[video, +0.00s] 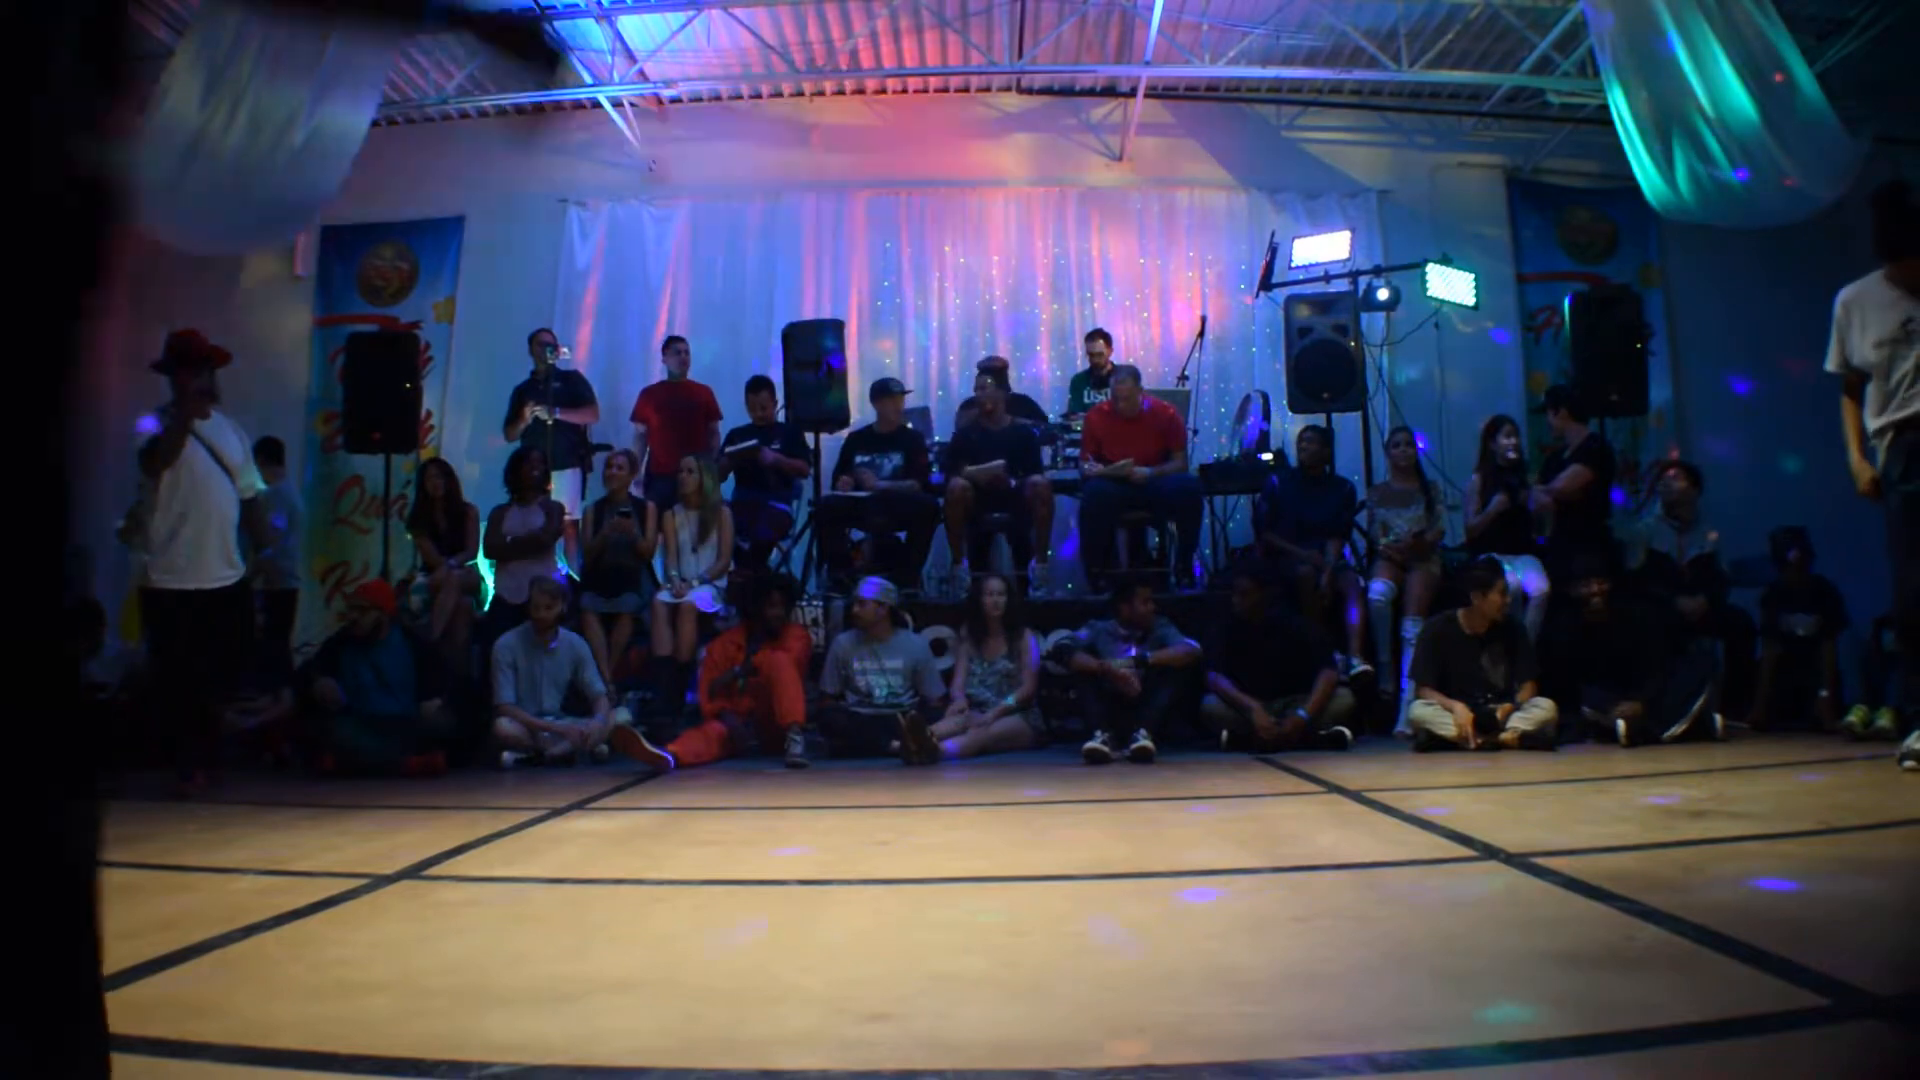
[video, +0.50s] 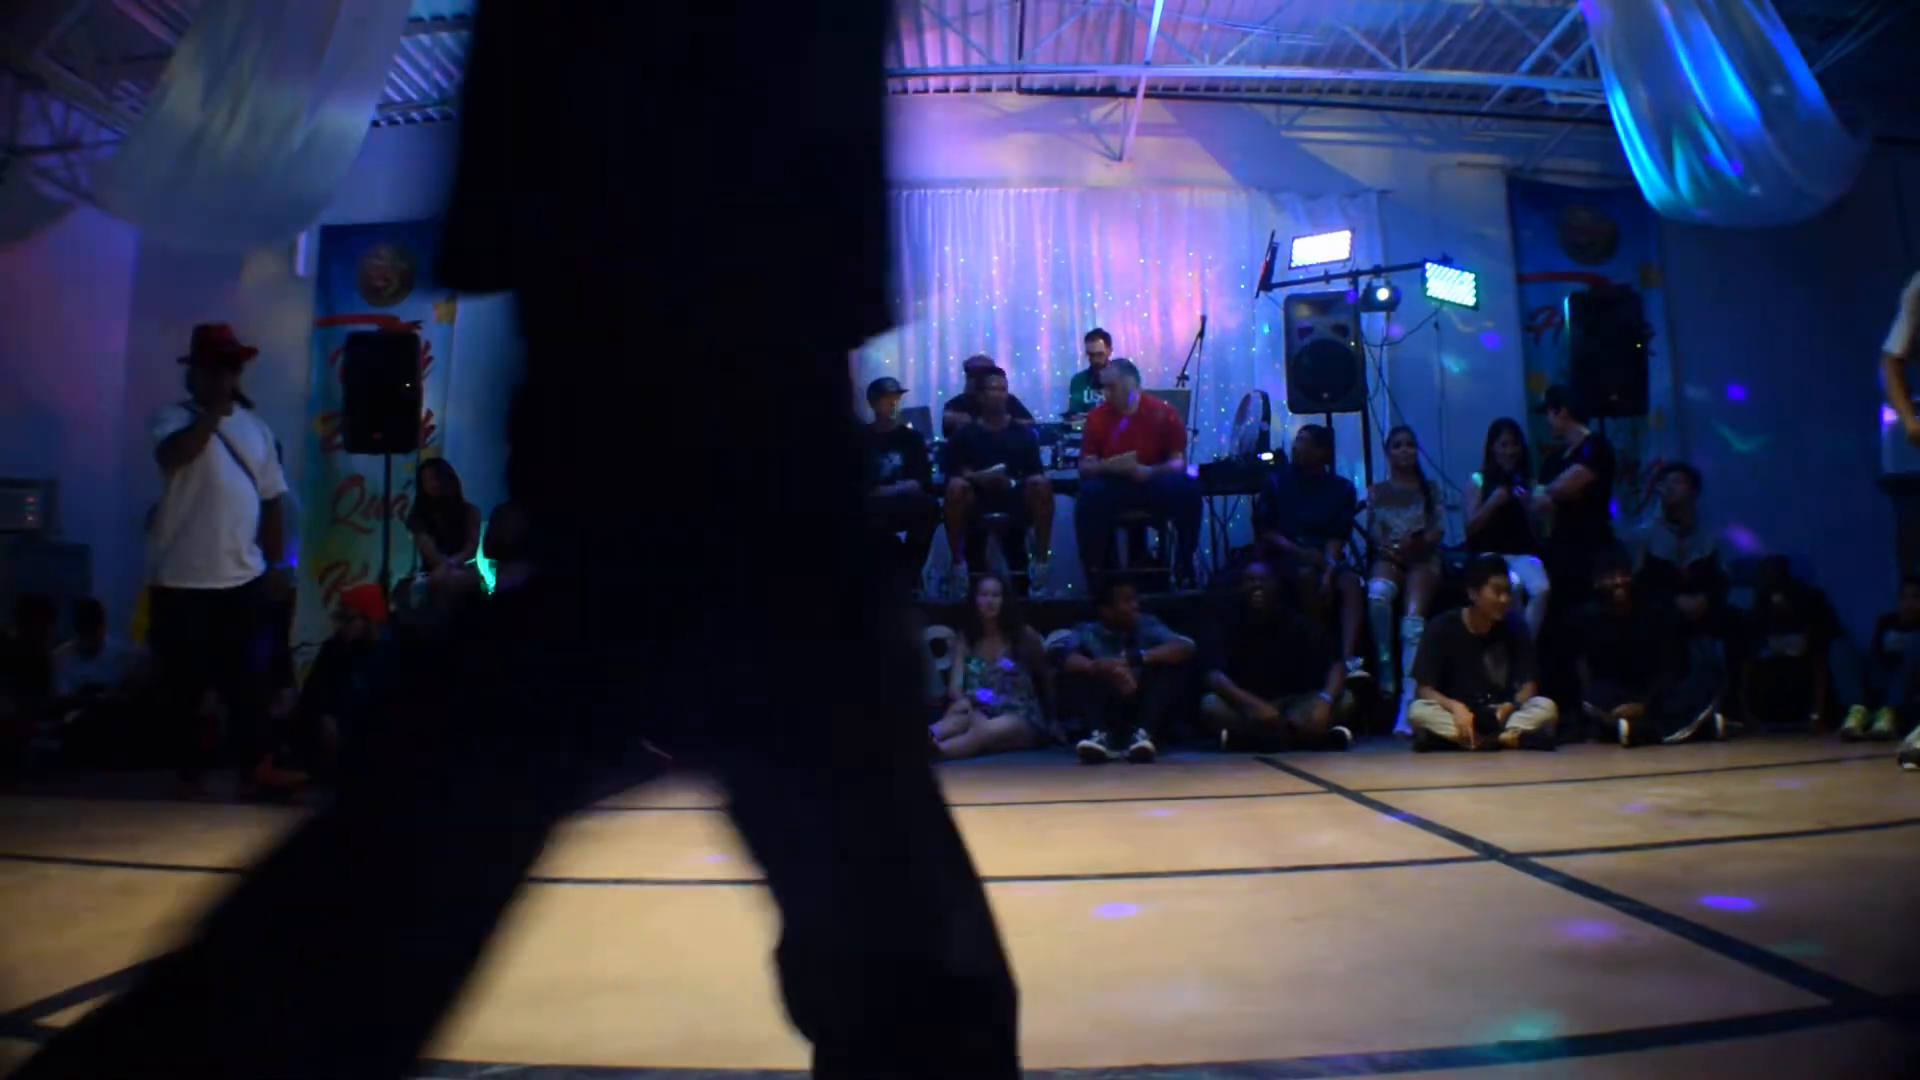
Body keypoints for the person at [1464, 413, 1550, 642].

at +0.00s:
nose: (1512, 442)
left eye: (1515, 436)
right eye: (1506, 436)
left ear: (1519, 440)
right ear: (1491, 443)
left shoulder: (1522, 475)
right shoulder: (1478, 480)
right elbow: (1471, 528)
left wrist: (1538, 506)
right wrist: (1493, 509)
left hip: (1524, 551)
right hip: (1492, 551)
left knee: (1539, 589)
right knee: (1510, 587)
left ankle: (1527, 650)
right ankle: (1502, 647)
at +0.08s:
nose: (1512, 442)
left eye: (1515, 436)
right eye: (1506, 436)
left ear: (1519, 441)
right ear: (1491, 443)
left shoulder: (1522, 478)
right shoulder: (1478, 481)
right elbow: (1471, 528)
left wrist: (1538, 506)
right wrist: (1494, 508)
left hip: (1524, 552)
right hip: (1493, 552)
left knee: (1540, 589)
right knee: (1510, 587)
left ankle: (1527, 650)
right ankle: (1499, 647)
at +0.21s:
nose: (1510, 448)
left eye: (1514, 442)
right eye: (1504, 442)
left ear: (1520, 445)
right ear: (1490, 446)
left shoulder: (1524, 476)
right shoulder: (1479, 480)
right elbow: (1471, 528)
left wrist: (1533, 502)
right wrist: (1494, 507)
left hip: (1524, 552)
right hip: (1492, 551)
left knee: (1540, 589)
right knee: (1512, 588)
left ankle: (1527, 648)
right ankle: (1503, 646)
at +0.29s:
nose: (1509, 449)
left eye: (1514, 443)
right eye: (1503, 443)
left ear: (1520, 445)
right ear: (1490, 446)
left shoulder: (1524, 476)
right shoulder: (1478, 479)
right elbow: (1471, 526)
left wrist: (1531, 500)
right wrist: (1494, 504)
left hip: (1524, 551)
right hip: (1493, 551)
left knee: (1540, 589)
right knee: (1511, 589)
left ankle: (1527, 646)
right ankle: (1501, 643)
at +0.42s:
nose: (1510, 450)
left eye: (1514, 444)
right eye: (1503, 444)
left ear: (1521, 447)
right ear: (1491, 447)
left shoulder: (1526, 479)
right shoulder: (1478, 480)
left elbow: (1536, 524)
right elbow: (1471, 525)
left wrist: (1536, 506)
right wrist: (1493, 502)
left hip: (1524, 551)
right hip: (1491, 551)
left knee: (1540, 588)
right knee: (1511, 587)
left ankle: (1527, 645)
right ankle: (1501, 643)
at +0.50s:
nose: (1510, 451)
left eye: (1514, 444)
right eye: (1503, 445)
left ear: (1522, 448)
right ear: (1491, 448)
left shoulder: (1529, 482)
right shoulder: (1479, 482)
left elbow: (1539, 528)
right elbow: (1471, 526)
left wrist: (1530, 506)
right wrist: (1494, 502)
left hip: (1525, 551)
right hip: (1491, 551)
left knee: (1540, 587)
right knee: (1511, 586)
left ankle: (1527, 646)